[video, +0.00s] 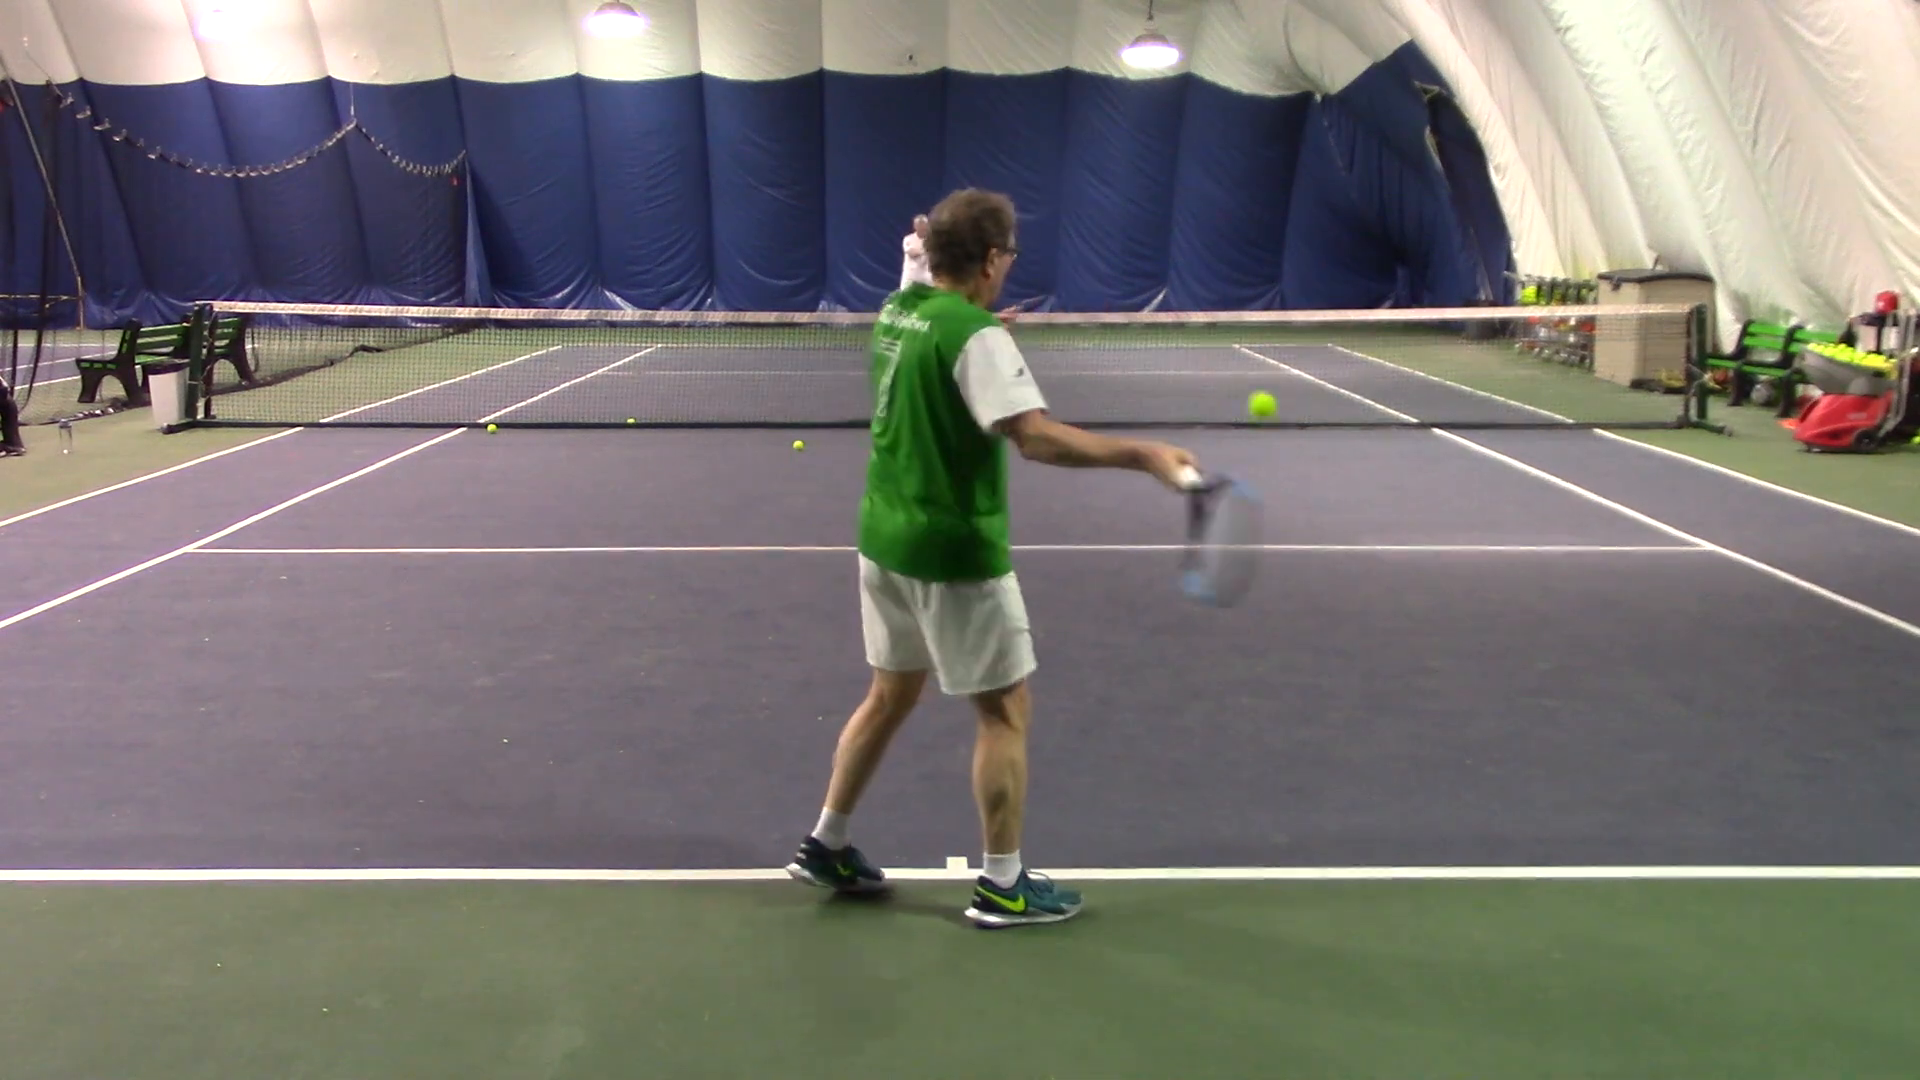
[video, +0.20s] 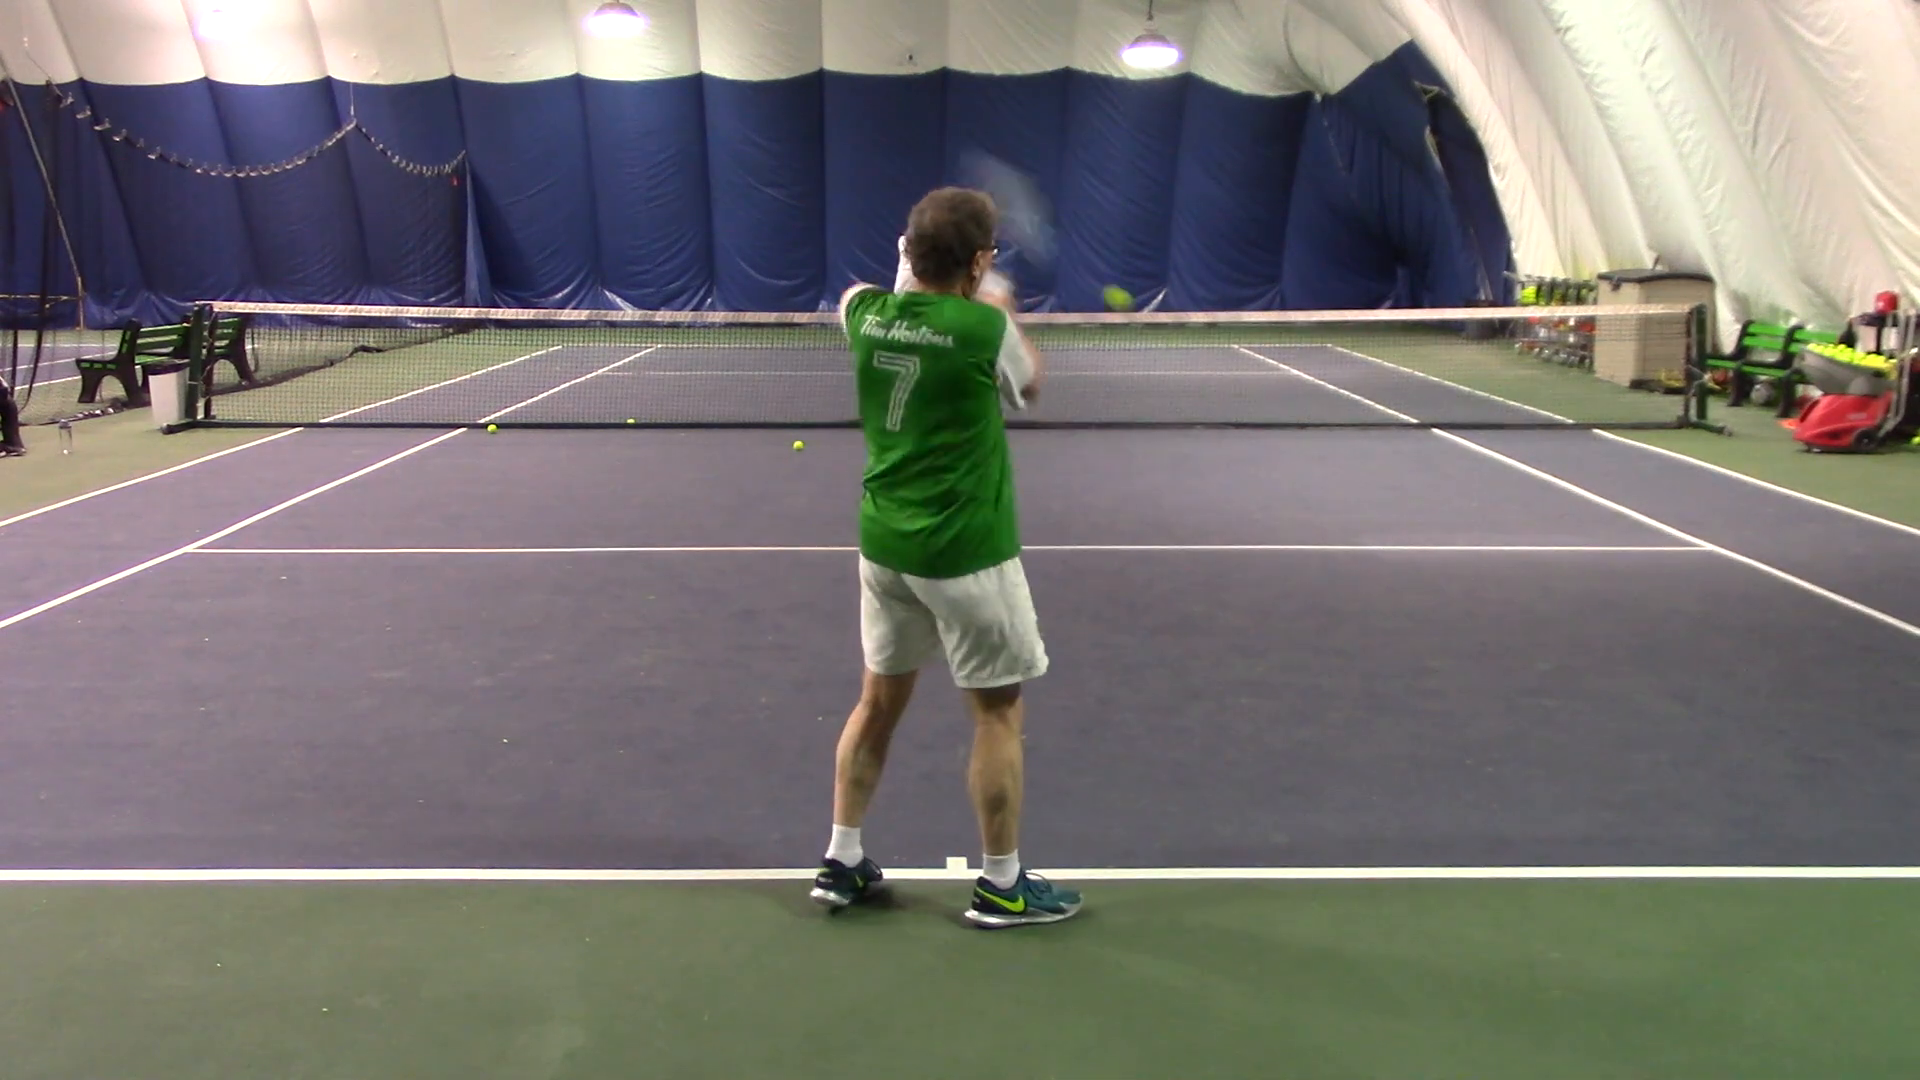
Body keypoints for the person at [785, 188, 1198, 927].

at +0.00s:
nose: (1010, 264)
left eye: (1009, 253)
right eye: (1008, 254)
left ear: (934, 257)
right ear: (989, 260)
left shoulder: (896, 313)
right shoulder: (974, 333)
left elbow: (915, 291)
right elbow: (1035, 437)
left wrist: (925, 264)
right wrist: (1145, 454)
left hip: (883, 538)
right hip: (958, 553)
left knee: (891, 689)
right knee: (1003, 711)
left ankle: (825, 843)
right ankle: (1002, 882)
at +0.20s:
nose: (989, 260)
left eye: (987, 251)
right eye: (987, 252)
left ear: (907, 252)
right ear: (975, 262)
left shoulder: (863, 311)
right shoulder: (984, 324)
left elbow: (870, 294)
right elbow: (1031, 382)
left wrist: (927, 281)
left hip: (883, 540)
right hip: (967, 550)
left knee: (877, 702)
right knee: (997, 710)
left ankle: (842, 862)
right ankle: (1002, 882)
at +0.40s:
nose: (982, 260)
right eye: (980, 255)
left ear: (899, 258)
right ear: (967, 268)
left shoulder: (847, 323)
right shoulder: (979, 325)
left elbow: (793, 312)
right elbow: (933, 250)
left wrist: (811, 311)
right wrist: (848, 213)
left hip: (851, 547)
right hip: (944, 551)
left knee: (846, 714)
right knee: (979, 715)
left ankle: (836, 874)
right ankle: (1000, 882)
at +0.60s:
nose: (953, 261)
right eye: (955, 254)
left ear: (877, 252)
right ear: (945, 263)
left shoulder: (819, 322)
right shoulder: (953, 323)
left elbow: (731, 352)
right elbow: (894, 271)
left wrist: (751, 328)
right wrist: (809, 246)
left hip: (823, 553)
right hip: (919, 552)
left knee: (833, 714)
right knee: (960, 710)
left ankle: (835, 875)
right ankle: (982, 883)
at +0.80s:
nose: (924, 257)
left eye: (863, 242)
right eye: (924, 248)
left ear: (848, 254)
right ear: (920, 259)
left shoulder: (797, 334)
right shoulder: (944, 329)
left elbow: (721, 434)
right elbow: (930, 380)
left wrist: (794, 375)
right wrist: (842, 317)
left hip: (814, 559)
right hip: (911, 557)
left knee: (827, 719)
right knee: (920, 715)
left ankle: (829, 875)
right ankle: (898, 883)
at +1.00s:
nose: (919, 259)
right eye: (920, 249)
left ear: (840, 259)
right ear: (914, 262)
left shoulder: (794, 344)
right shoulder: (945, 347)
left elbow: (743, 464)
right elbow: (961, 449)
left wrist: (779, 409)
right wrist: (898, 402)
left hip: (802, 567)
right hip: (900, 570)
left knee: (813, 718)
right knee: (895, 740)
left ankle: (815, 875)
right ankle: (882, 924)